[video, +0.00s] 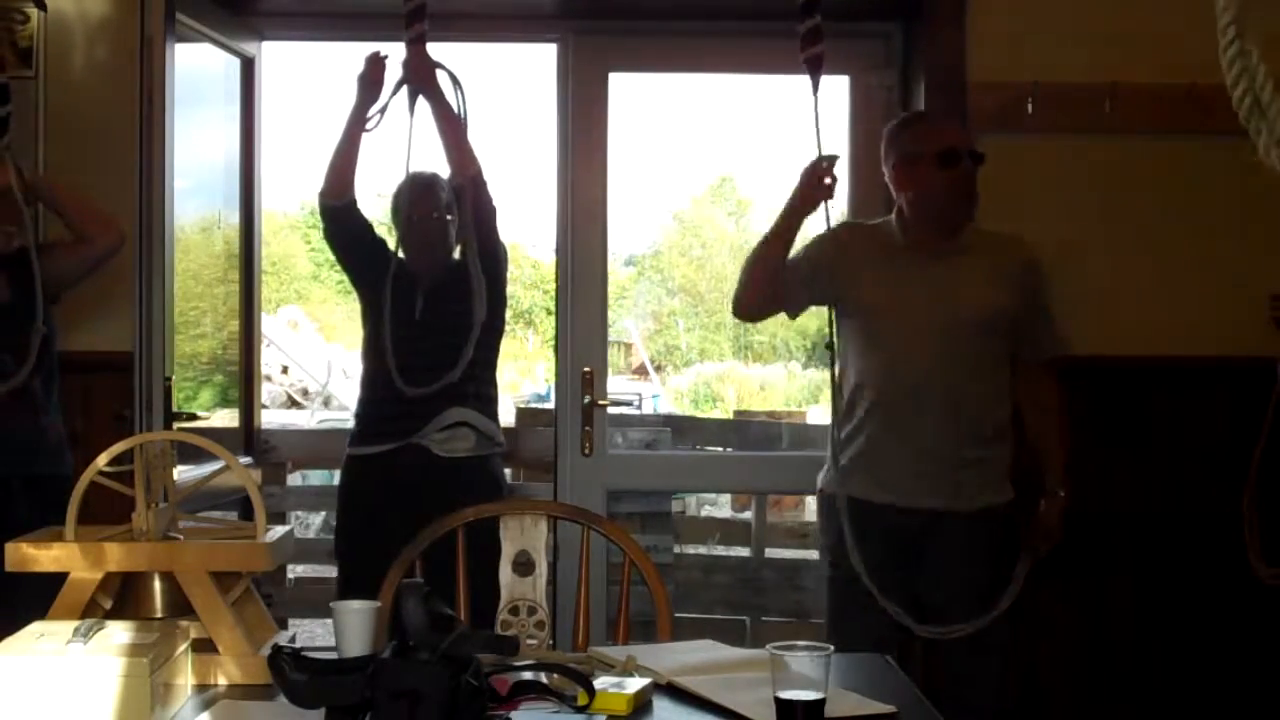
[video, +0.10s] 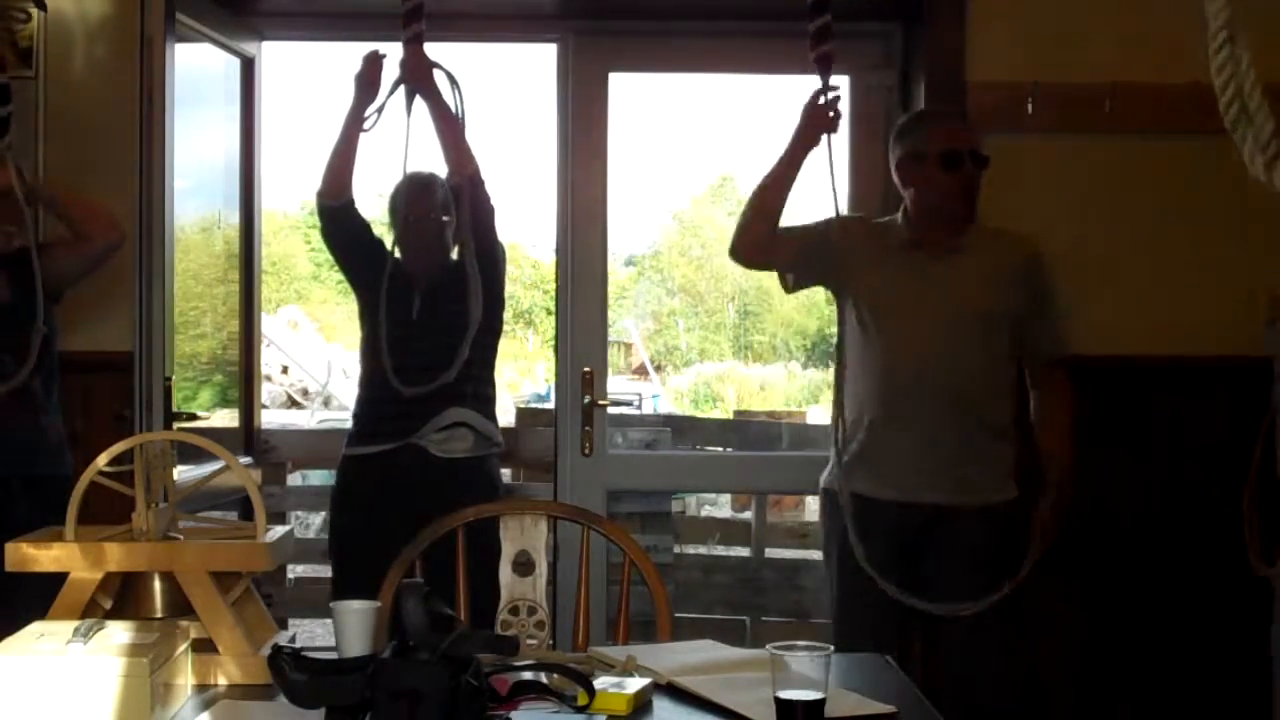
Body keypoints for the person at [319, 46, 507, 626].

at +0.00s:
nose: (428, 214)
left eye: (438, 204)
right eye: (415, 206)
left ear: (457, 217)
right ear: (397, 224)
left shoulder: (482, 279)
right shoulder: (381, 279)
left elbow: (470, 184)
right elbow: (335, 203)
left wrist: (431, 92)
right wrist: (362, 106)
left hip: (464, 469)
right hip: (379, 467)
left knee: (462, 628)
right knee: (367, 626)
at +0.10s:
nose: (423, 213)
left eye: (433, 203)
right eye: (410, 205)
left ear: (454, 218)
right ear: (394, 223)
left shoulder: (480, 279)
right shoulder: (378, 280)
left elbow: (469, 183)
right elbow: (333, 203)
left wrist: (429, 93)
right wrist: (360, 104)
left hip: (460, 473)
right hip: (375, 471)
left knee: (461, 632)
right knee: (364, 632)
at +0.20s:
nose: (427, 211)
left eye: (437, 202)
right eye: (412, 203)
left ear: (454, 218)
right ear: (392, 224)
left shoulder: (477, 280)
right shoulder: (376, 280)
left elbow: (467, 183)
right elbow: (331, 202)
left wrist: (427, 93)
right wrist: (358, 104)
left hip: (458, 476)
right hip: (371, 474)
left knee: (460, 638)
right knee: (362, 640)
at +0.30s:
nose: (428, 198)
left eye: (437, 190)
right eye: (412, 193)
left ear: (454, 214)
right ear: (391, 221)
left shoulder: (475, 279)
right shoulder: (374, 279)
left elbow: (464, 180)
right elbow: (331, 200)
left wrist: (424, 91)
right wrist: (358, 105)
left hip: (454, 473)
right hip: (366, 472)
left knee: (458, 641)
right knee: (358, 643)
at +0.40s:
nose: (428, 206)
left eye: (439, 197)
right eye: (412, 198)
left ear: (454, 217)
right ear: (390, 222)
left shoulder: (473, 280)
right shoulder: (374, 280)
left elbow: (462, 181)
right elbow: (329, 199)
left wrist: (423, 91)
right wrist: (357, 106)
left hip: (452, 479)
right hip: (364, 478)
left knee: (456, 645)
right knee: (358, 649)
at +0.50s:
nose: (432, 210)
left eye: (442, 200)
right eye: (416, 201)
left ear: (455, 219)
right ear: (390, 222)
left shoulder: (473, 282)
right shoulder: (373, 281)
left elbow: (462, 183)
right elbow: (328, 200)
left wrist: (425, 93)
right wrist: (355, 108)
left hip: (451, 480)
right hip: (364, 480)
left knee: (455, 645)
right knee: (357, 649)